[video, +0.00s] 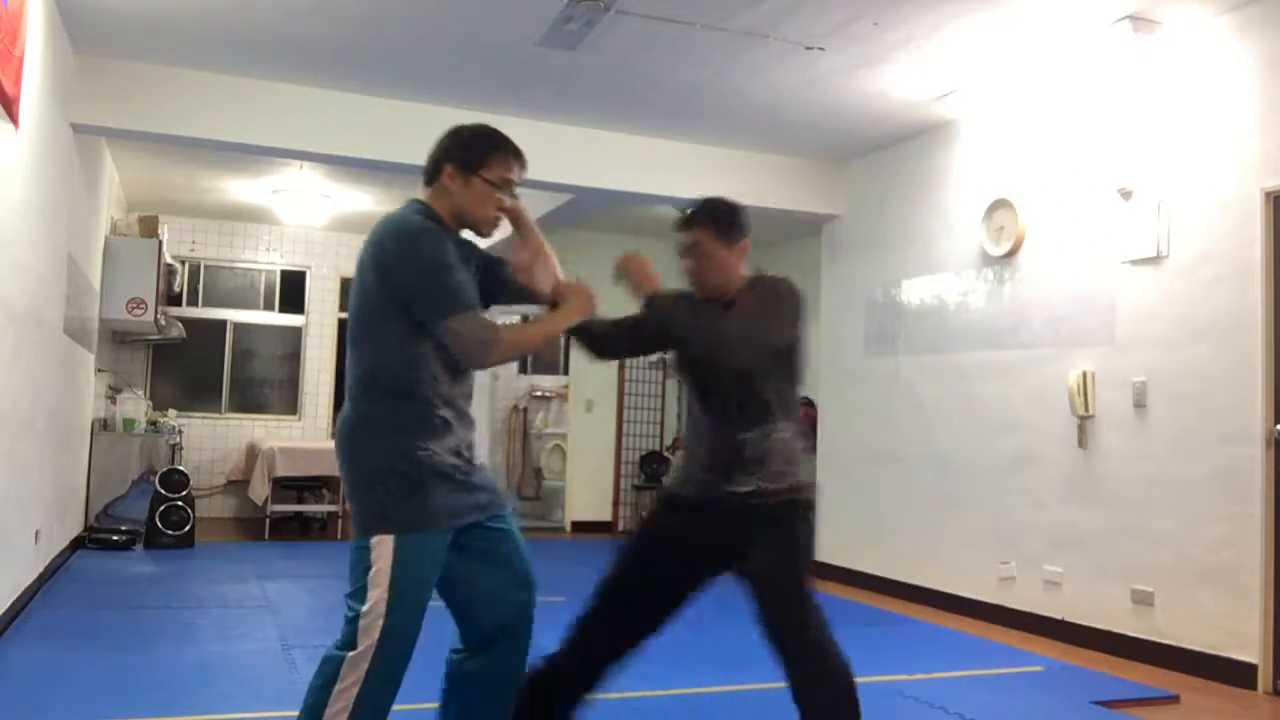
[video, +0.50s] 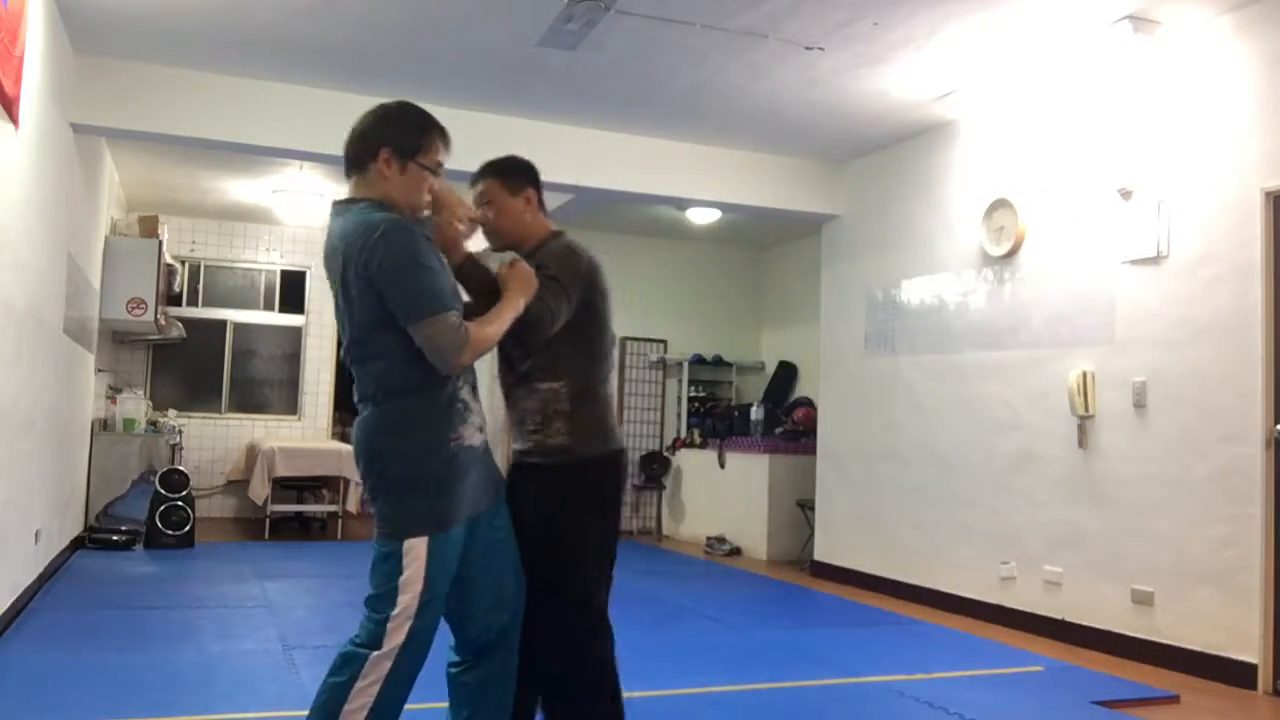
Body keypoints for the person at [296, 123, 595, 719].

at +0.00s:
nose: (506, 202)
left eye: (511, 191)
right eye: (499, 187)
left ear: (455, 182)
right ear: (452, 176)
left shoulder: (452, 248)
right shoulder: (411, 236)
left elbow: (541, 281)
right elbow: (476, 344)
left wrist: (514, 206)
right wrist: (565, 315)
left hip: (456, 467)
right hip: (399, 468)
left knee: (504, 611)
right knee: (378, 640)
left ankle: (478, 717)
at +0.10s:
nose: (491, 202)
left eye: (496, 190)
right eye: (485, 186)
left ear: (438, 178)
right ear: (439, 173)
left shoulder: (443, 245)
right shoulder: (399, 237)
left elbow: (540, 276)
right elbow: (464, 348)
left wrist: (501, 196)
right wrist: (544, 321)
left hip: (460, 465)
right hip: (402, 467)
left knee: (502, 627)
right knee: (379, 646)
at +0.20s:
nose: (477, 198)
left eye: (481, 185)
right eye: (469, 181)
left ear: (425, 173)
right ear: (423, 168)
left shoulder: (433, 238)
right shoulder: (392, 235)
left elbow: (527, 263)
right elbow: (458, 347)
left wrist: (487, 190)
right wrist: (535, 319)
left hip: (466, 463)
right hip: (407, 468)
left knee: (500, 623)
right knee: (384, 640)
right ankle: (332, 719)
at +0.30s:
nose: (459, 192)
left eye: (463, 180)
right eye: (450, 177)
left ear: (409, 169)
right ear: (406, 164)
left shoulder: (414, 230)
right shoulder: (388, 235)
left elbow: (514, 257)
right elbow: (455, 348)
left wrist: (469, 185)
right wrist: (529, 318)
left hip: (469, 459)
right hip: (415, 465)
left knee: (502, 626)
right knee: (391, 636)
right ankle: (333, 719)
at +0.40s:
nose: (445, 186)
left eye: (449, 175)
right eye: (438, 172)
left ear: (387, 167)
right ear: (394, 164)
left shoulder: (382, 227)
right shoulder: (388, 235)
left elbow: (478, 245)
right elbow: (453, 350)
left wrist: (450, 185)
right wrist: (518, 313)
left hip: (468, 458)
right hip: (422, 463)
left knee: (498, 630)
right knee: (394, 637)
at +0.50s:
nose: (439, 186)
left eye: (441, 173)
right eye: (432, 171)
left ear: (376, 166)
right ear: (388, 163)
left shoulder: (353, 227)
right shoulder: (390, 235)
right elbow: (453, 349)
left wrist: (446, 244)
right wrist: (514, 301)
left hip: (460, 455)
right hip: (422, 458)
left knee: (493, 627)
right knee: (395, 637)